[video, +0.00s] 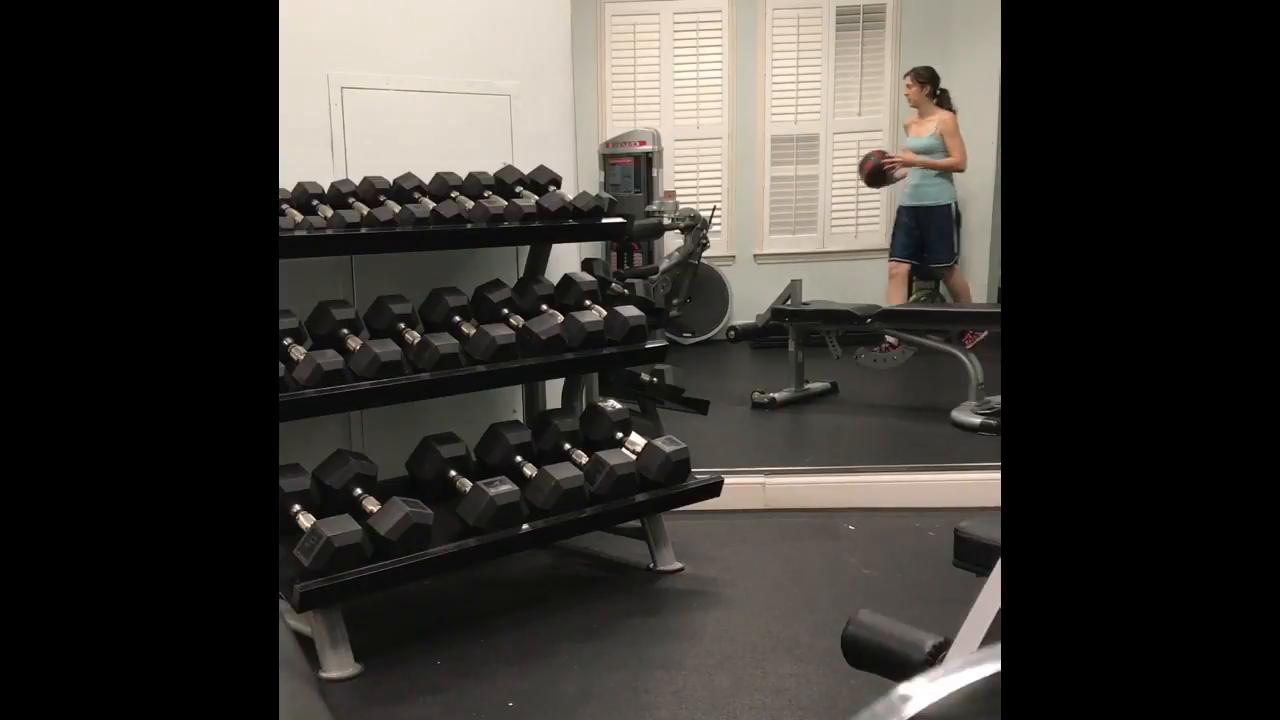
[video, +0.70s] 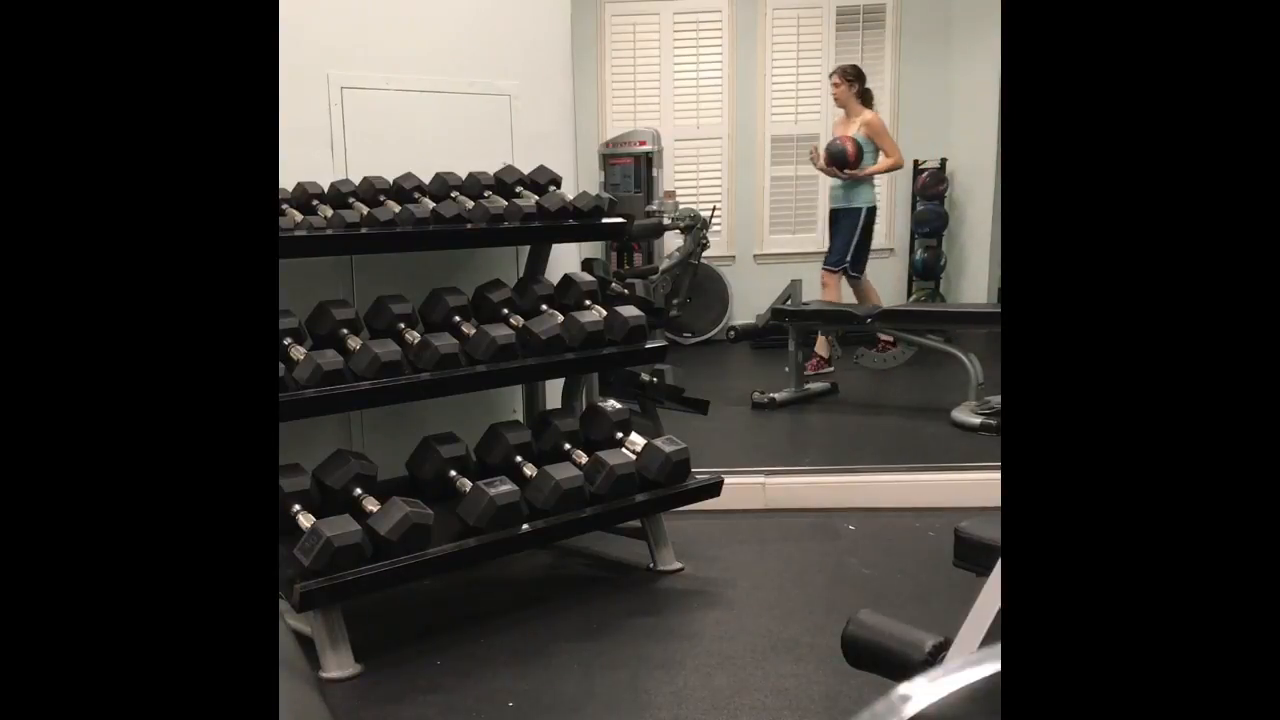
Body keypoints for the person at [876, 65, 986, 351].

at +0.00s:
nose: (905, 93)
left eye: (909, 87)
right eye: (905, 87)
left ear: (926, 89)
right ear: (915, 90)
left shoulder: (945, 119)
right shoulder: (910, 123)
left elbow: (960, 163)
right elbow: (919, 161)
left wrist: (915, 161)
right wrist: (895, 170)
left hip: (939, 204)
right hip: (910, 204)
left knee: (946, 271)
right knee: (897, 269)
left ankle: (973, 323)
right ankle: (894, 333)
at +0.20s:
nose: (880, 92)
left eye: (884, 87)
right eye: (880, 87)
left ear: (901, 88)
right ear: (895, 89)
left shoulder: (920, 117)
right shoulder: (889, 124)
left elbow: (935, 160)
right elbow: (896, 165)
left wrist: (887, 163)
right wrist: (866, 170)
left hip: (914, 203)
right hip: (888, 202)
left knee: (909, 274)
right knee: (876, 271)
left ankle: (951, 317)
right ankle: (889, 336)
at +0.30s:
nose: (870, 92)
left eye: (874, 86)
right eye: (870, 87)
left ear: (891, 87)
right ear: (885, 88)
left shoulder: (909, 116)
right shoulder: (880, 122)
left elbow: (926, 159)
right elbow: (884, 167)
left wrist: (879, 158)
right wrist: (857, 170)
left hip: (901, 201)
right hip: (878, 202)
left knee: (886, 271)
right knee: (872, 273)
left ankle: (928, 321)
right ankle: (888, 338)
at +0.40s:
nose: (860, 91)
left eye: (864, 86)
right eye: (860, 86)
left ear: (881, 86)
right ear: (873, 87)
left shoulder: (899, 115)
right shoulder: (870, 121)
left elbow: (918, 157)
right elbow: (874, 168)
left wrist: (875, 156)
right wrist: (849, 164)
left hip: (893, 199)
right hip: (870, 199)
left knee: (867, 268)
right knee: (866, 270)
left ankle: (892, 325)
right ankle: (882, 328)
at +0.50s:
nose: (850, 91)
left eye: (854, 85)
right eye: (849, 86)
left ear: (870, 86)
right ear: (861, 87)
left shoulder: (890, 115)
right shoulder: (860, 119)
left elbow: (912, 156)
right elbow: (861, 166)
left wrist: (872, 159)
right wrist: (842, 160)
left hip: (883, 201)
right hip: (861, 201)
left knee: (853, 270)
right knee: (869, 274)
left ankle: (858, 346)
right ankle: (890, 337)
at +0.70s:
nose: (832, 91)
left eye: (836, 86)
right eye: (831, 86)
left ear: (853, 87)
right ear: (843, 88)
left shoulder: (871, 120)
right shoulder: (839, 123)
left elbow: (896, 159)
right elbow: (842, 171)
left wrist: (864, 172)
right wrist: (820, 164)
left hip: (859, 207)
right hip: (840, 206)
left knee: (829, 275)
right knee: (856, 277)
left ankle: (823, 349)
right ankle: (887, 334)